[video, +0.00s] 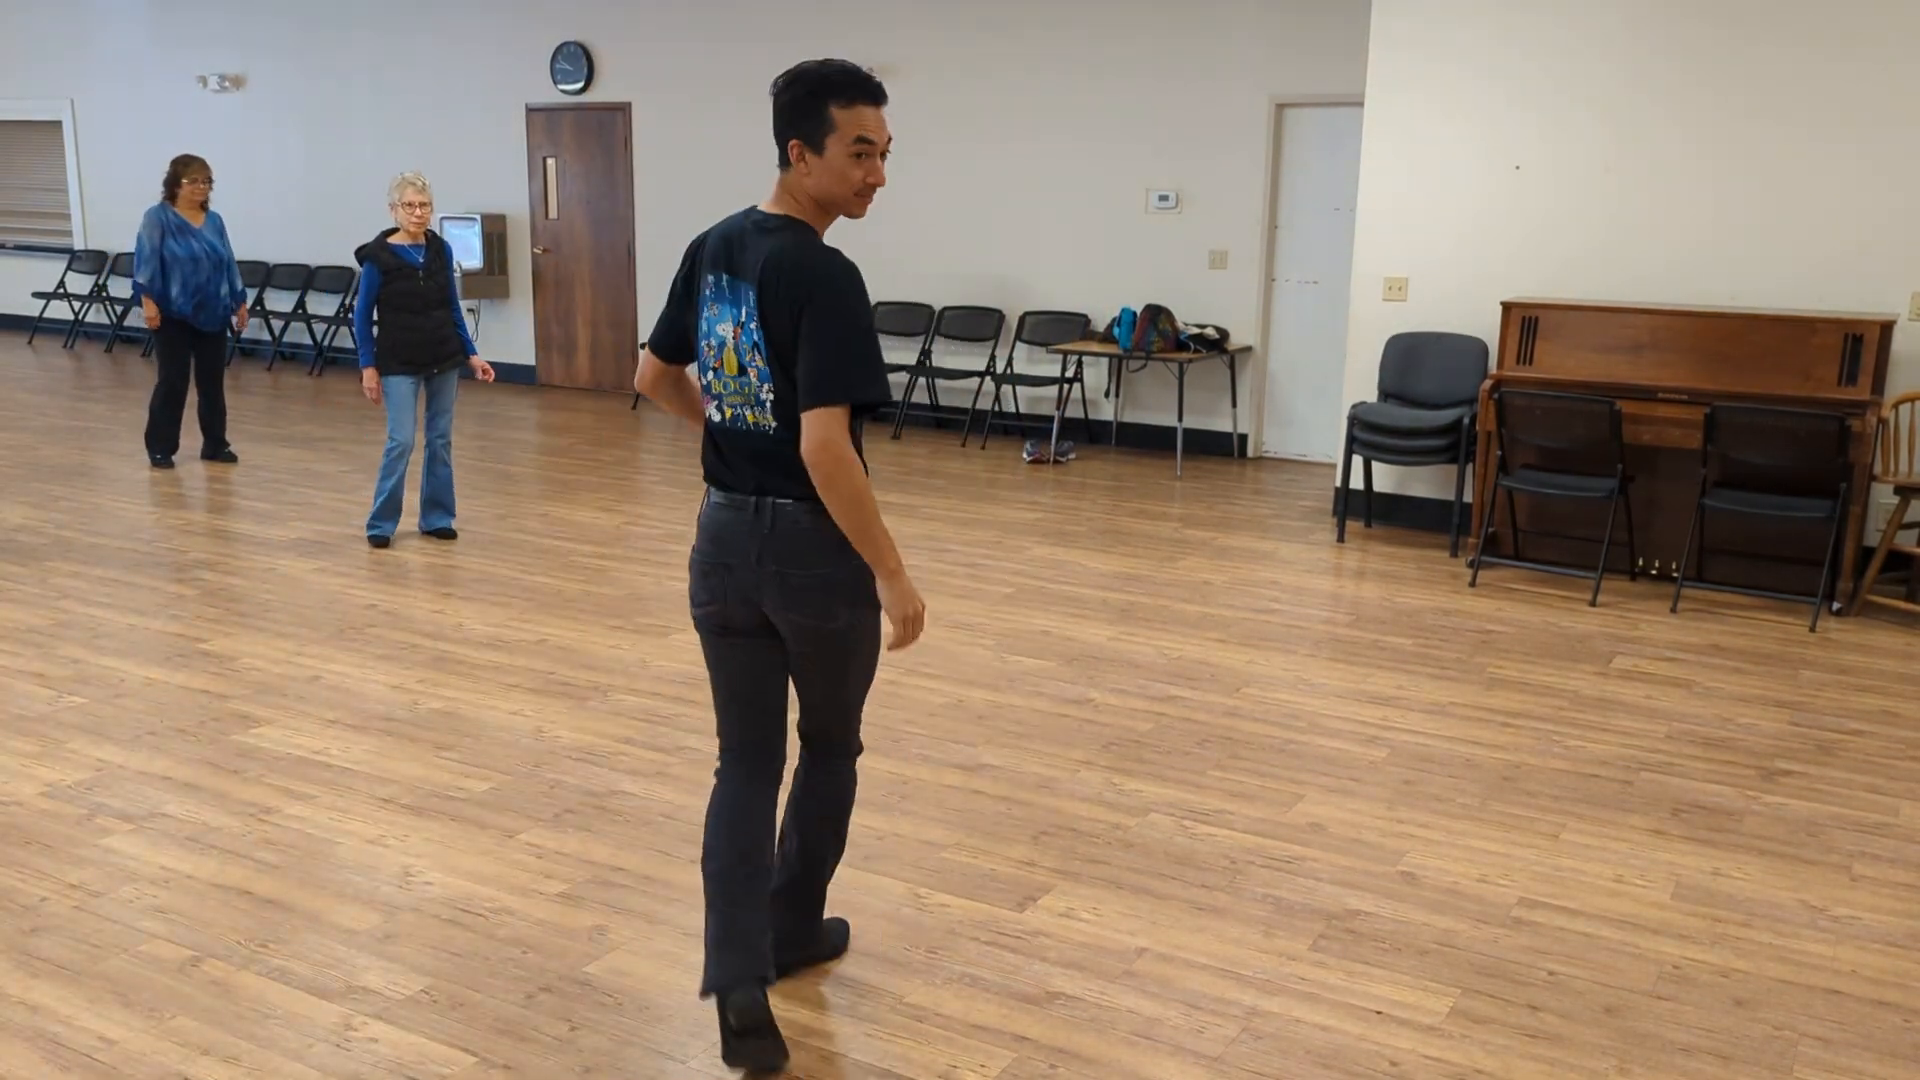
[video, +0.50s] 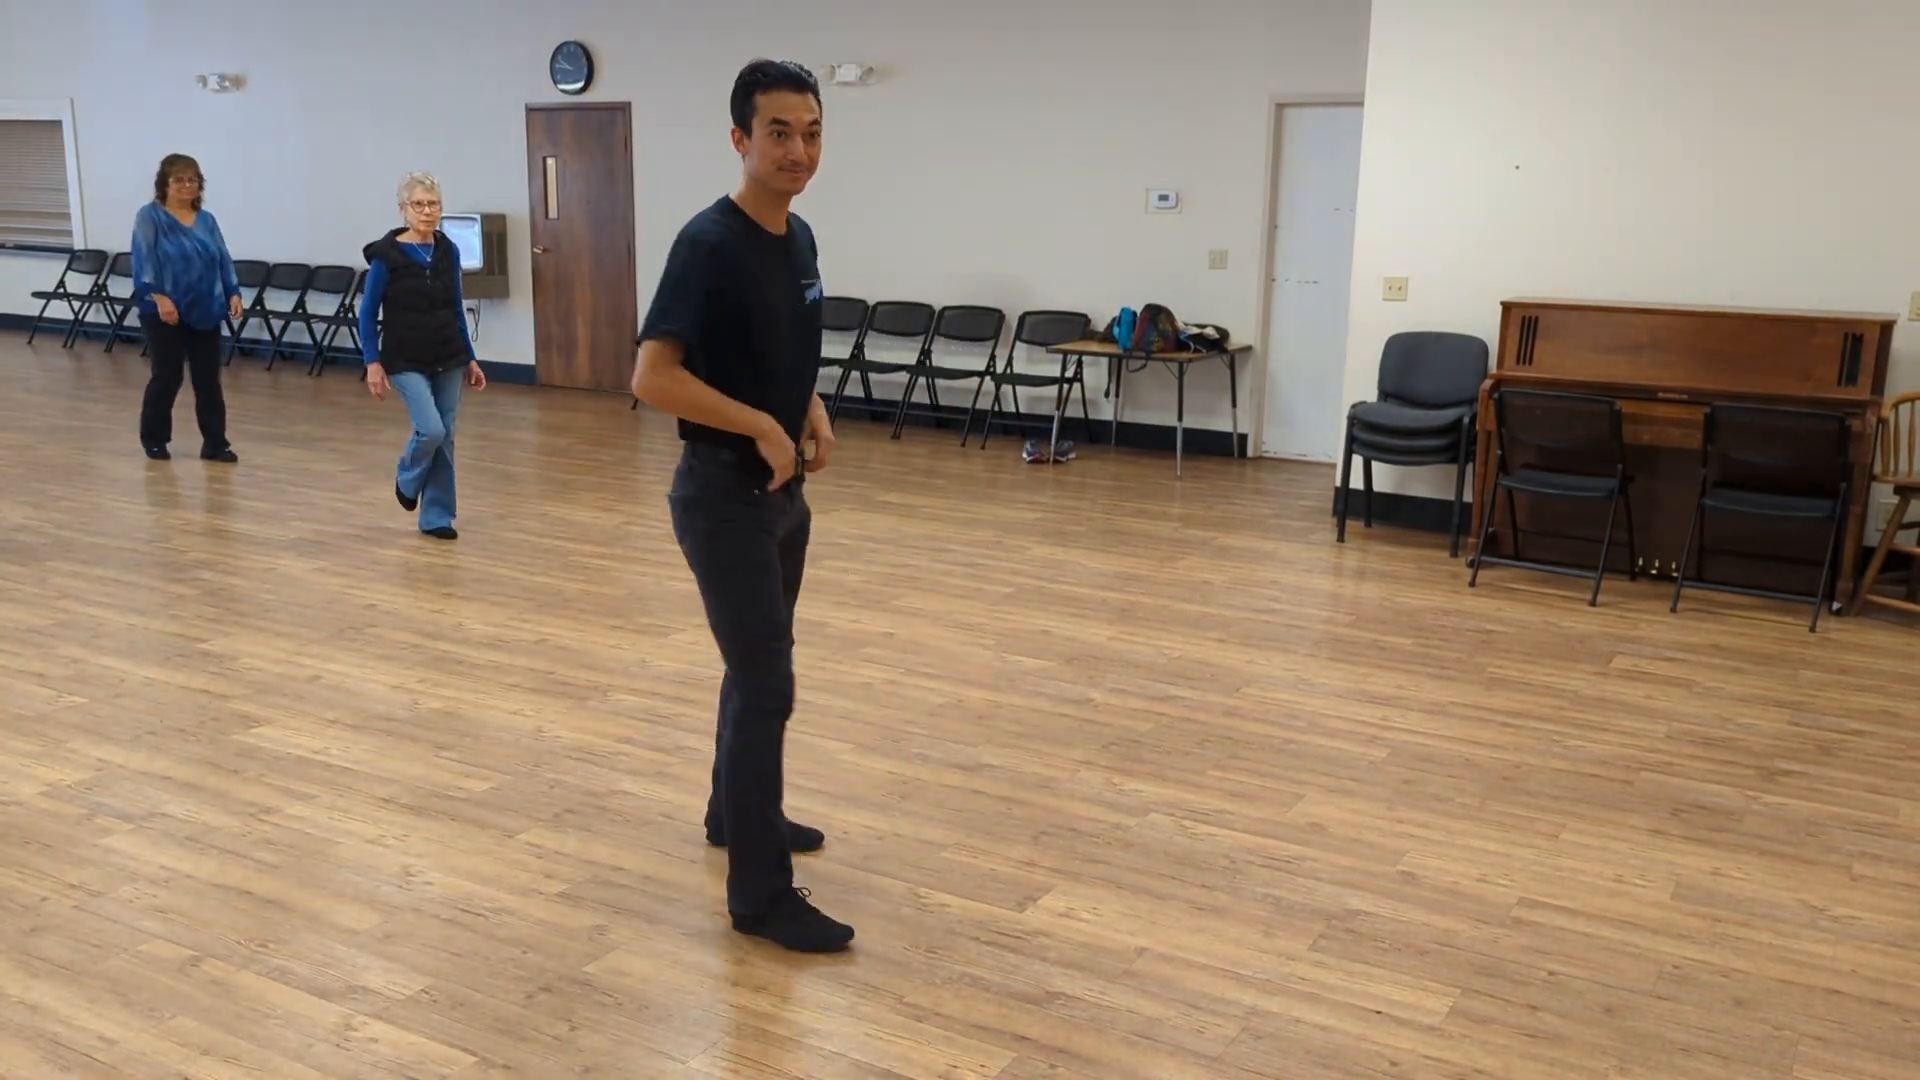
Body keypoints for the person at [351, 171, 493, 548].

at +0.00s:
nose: (418, 212)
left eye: (424, 206)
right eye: (410, 206)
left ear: (432, 209)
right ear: (395, 209)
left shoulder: (440, 250)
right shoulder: (378, 255)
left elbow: (453, 308)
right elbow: (362, 313)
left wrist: (472, 355)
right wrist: (368, 366)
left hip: (444, 359)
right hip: (399, 362)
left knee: (440, 441)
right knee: (402, 441)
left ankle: (437, 519)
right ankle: (381, 524)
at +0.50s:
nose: (427, 211)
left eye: (433, 204)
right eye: (419, 205)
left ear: (440, 209)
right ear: (404, 209)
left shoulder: (448, 250)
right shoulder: (387, 253)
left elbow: (457, 310)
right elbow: (367, 312)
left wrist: (469, 359)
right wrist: (372, 362)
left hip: (449, 357)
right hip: (404, 359)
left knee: (445, 436)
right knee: (433, 431)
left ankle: (437, 517)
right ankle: (409, 477)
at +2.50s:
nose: (415, 209)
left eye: (420, 202)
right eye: (406, 203)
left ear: (427, 208)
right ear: (389, 207)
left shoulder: (429, 247)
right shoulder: (373, 254)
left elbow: (424, 300)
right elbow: (342, 305)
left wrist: (428, 341)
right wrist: (355, 357)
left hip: (433, 357)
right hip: (390, 361)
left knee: (449, 436)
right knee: (397, 444)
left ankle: (456, 517)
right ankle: (404, 524)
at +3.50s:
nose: (449, 210)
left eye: (455, 203)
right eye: (441, 204)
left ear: (462, 208)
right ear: (425, 209)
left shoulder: (467, 250)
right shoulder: (409, 254)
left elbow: (473, 303)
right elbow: (384, 309)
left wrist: (487, 346)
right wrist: (395, 358)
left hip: (470, 360)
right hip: (427, 363)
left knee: (462, 440)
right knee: (430, 444)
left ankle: (457, 518)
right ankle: (410, 524)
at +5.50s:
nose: (433, 206)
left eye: (439, 199)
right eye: (424, 200)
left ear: (445, 203)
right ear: (406, 205)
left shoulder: (448, 246)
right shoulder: (393, 252)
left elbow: (451, 304)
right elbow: (367, 309)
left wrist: (471, 348)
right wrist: (382, 359)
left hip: (454, 357)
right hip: (411, 360)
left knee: (457, 441)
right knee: (411, 446)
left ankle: (464, 521)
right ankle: (411, 526)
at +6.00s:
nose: (449, 205)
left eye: (455, 198)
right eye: (440, 199)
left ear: (461, 202)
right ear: (424, 204)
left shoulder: (466, 247)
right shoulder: (409, 251)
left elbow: (470, 305)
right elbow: (388, 310)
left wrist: (493, 350)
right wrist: (395, 361)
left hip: (469, 358)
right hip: (427, 360)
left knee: (464, 442)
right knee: (420, 446)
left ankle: (464, 521)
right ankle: (411, 526)